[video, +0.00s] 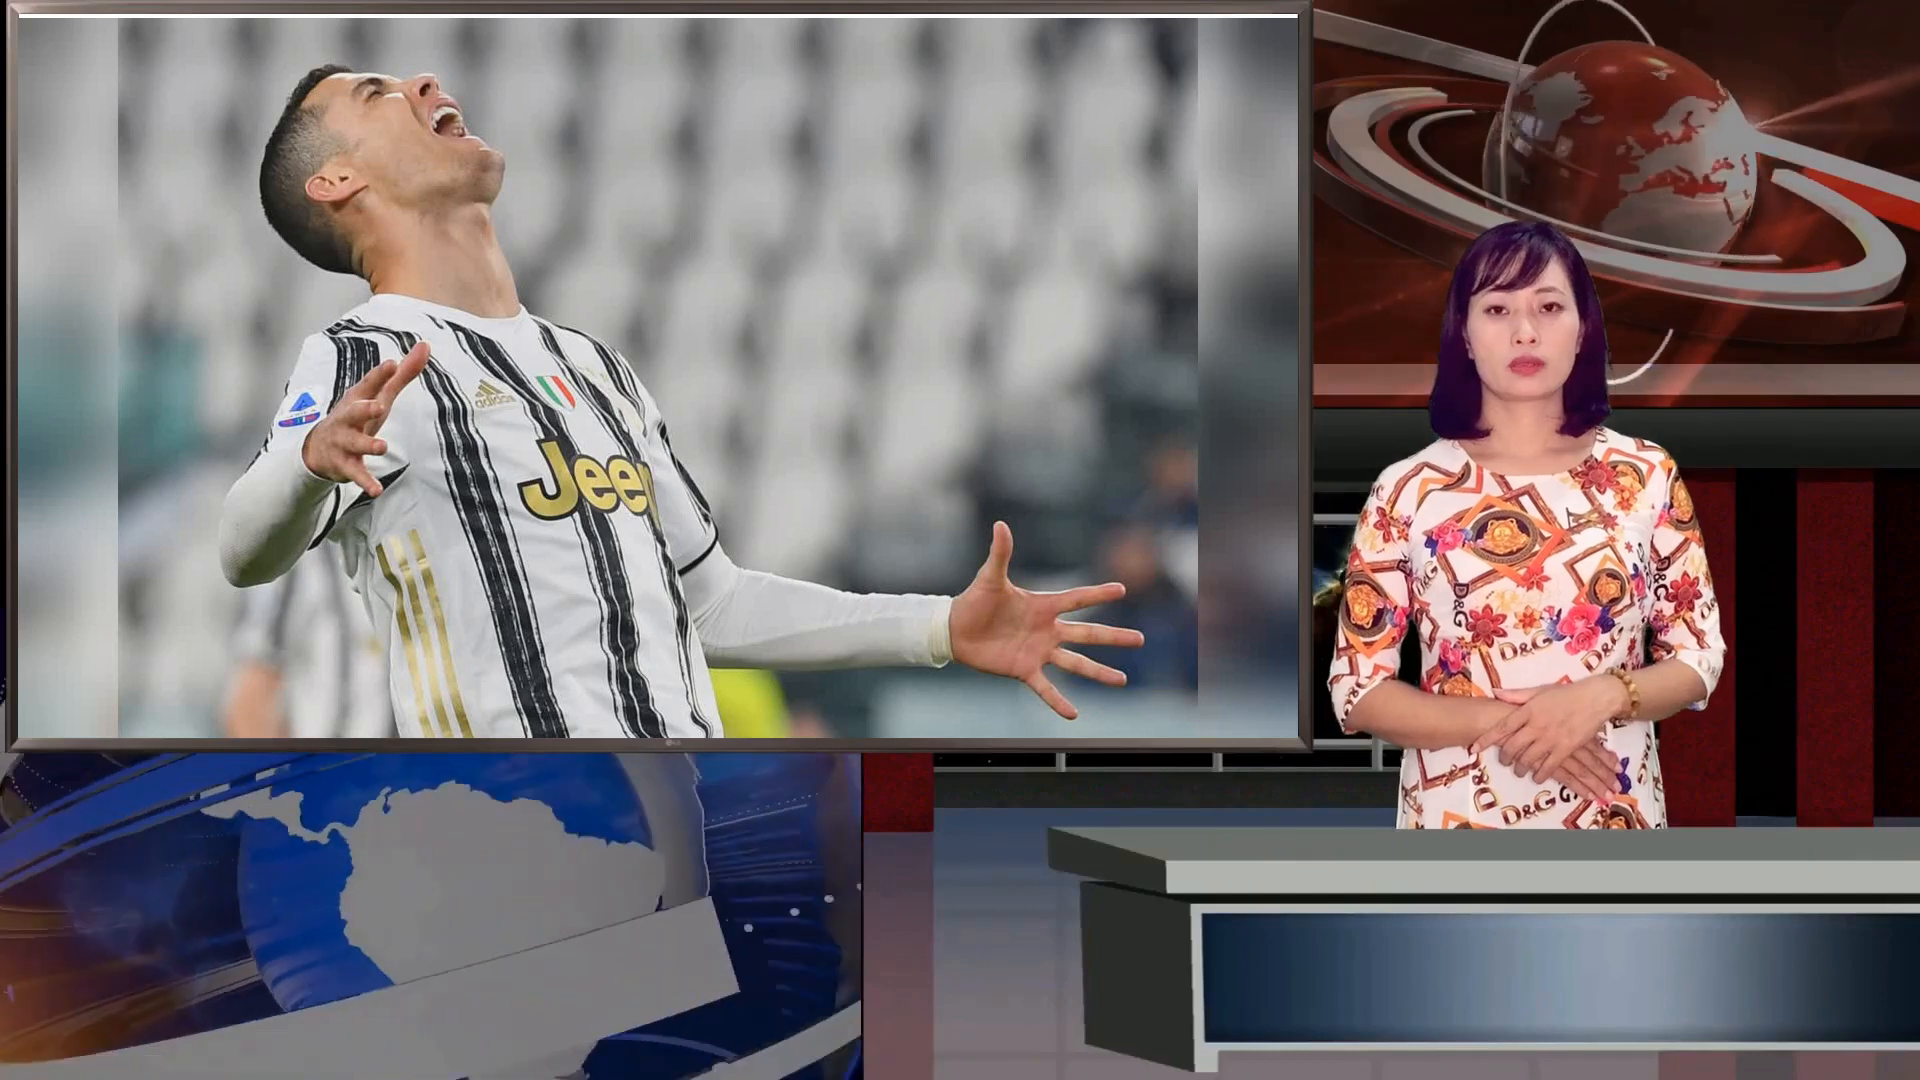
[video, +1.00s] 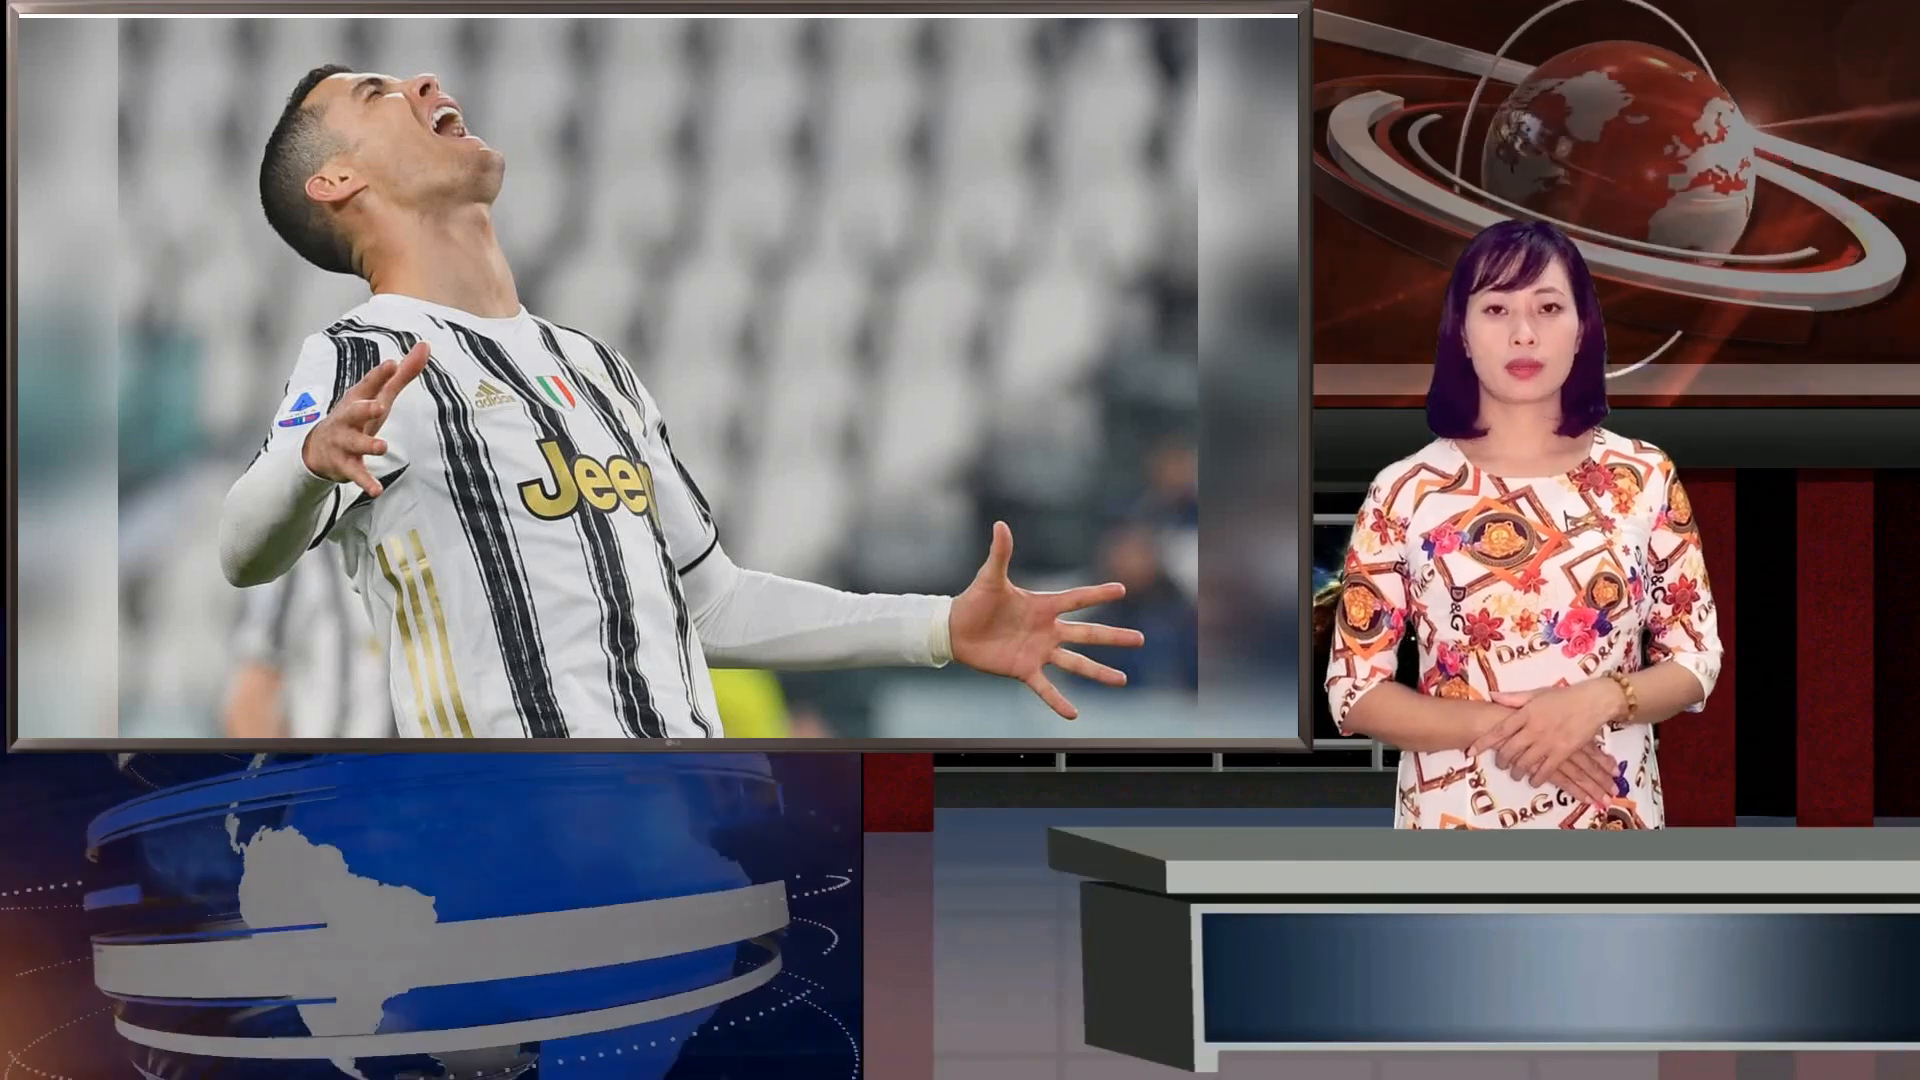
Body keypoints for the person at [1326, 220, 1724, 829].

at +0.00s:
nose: (1525, 330)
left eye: (1549, 307)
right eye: (1498, 310)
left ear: (1583, 328)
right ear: (1464, 332)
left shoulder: (1644, 477)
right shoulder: (1407, 491)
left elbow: (1698, 658)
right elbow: (1356, 690)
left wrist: (1601, 695)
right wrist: (1516, 726)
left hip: (1613, 828)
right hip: (1459, 827)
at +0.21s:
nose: (1525, 332)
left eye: (1549, 308)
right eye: (1498, 310)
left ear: (1583, 328)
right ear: (1463, 332)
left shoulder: (1645, 477)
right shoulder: (1407, 492)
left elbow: (1697, 659)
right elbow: (1356, 690)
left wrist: (1601, 696)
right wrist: (1515, 728)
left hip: (1612, 828)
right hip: (1458, 827)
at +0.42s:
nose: (1525, 333)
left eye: (1549, 311)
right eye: (1498, 312)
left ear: (1583, 328)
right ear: (1463, 332)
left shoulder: (1644, 478)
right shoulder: (1407, 491)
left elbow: (1697, 659)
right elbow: (1356, 690)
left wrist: (1601, 697)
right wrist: (1515, 728)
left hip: (1612, 829)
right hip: (1458, 828)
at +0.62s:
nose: (1526, 332)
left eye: (1550, 308)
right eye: (1498, 310)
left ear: (1584, 327)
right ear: (1464, 331)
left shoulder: (1645, 478)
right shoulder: (1407, 491)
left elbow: (1698, 659)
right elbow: (1357, 690)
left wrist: (1602, 698)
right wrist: (1514, 728)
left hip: (1612, 830)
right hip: (1457, 830)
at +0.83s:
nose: (1525, 332)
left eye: (1550, 308)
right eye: (1497, 310)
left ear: (1584, 328)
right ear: (1463, 332)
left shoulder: (1644, 479)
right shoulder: (1405, 492)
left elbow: (1697, 660)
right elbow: (1355, 691)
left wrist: (1599, 699)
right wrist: (1513, 729)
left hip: (1611, 831)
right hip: (1456, 831)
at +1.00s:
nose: (1523, 332)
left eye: (1548, 308)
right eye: (1496, 309)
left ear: (1582, 328)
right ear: (1461, 331)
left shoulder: (1643, 479)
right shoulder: (1404, 493)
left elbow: (1696, 659)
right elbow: (1354, 691)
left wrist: (1598, 699)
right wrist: (1512, 730)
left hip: (1611, 832)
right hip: (1454, 832)